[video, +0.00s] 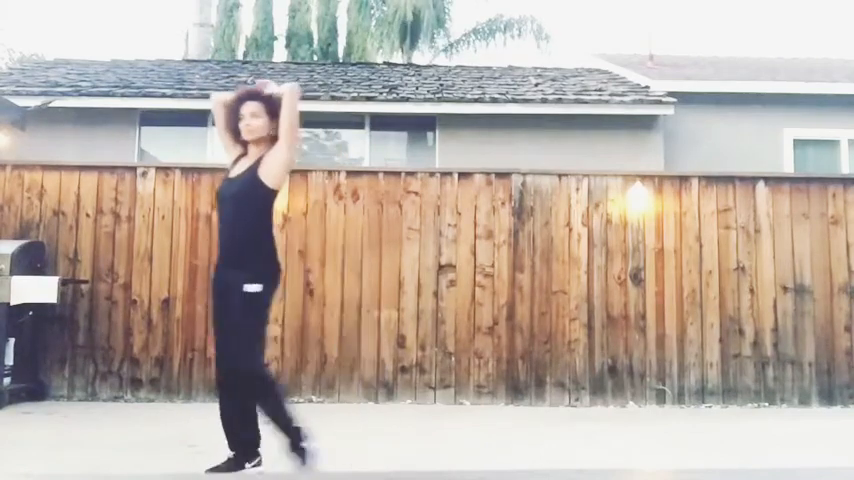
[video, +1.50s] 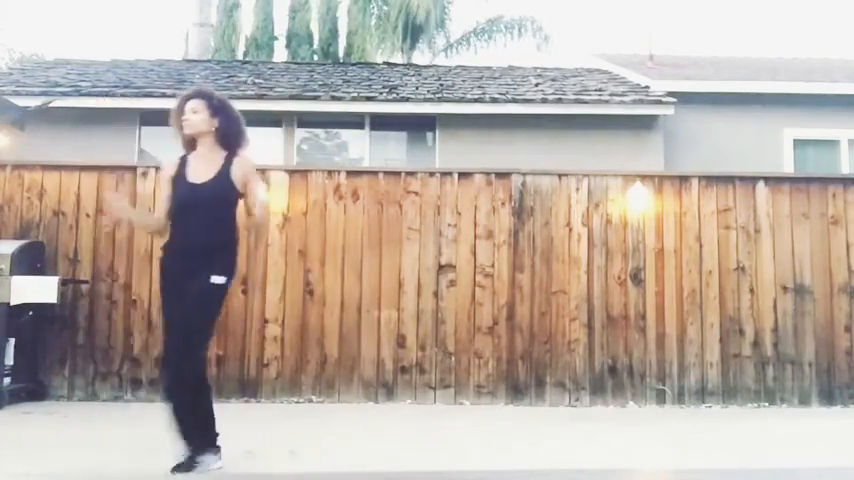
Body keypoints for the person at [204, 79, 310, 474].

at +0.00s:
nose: (248, 122)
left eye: (255, 115)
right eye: (242, 116)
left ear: (272, 122)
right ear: (237, 124)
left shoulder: (278, 156)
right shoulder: (239, 158)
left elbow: (293, 91)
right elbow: (217, 102)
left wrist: (274, 92)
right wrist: (251, 94)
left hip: (255, 272)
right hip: (227, 272)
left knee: (245, 363)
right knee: (228, 365)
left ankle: (296, 438)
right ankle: (244, 451)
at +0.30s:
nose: (196, 122)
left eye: (205, 115)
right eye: (194, 117)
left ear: (224, 123)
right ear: (192, 125)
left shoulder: (233, 160)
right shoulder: (192, 157)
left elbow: (256, 93)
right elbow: (157, 111)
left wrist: (241, 106)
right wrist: (196, 102)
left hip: (208, 282)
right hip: (187, 280)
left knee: (156, 368)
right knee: (208, 369)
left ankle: (108, 455)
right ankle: (243, 447)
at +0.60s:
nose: (148, 114)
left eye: (157, 107)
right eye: (146, 108)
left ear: (179, 118)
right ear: (143, 117)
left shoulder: (183, 161)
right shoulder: (136, 153)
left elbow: (225, 107)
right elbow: (82, 111)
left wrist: (194, 116)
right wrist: (125, 95)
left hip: (149, 266)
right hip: (122, 265)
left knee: (123, 360)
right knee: (124, 360)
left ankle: (91, 458)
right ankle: (193, 430)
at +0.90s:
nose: (126, 117)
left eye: (136, 111)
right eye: (124, 112)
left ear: (158, 119)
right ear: (120, 120)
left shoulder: (162, 167)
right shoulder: (110, 155)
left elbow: (211, 136)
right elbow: (51, 137)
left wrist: (184, 138)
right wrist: (85, 103)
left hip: (132, 265)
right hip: (100, 265)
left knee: (112, 365)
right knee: (93, 369)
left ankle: (89, 459)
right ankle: (171, 432)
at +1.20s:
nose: (148, 118)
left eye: (157, 112)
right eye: (146, 113)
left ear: (178, 118)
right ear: (143, 120)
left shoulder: (192, 164)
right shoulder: (134, 160)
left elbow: (231, 182)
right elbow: (90, 188)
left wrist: (219, 160)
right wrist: (90, 139)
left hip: (167, 266)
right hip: (133, 264)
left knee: (135, 359)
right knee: (133, 360)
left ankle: (90, 456)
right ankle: (187, 434)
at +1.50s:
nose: (188, 118)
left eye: (196, 112)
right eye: (185, 114)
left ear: (217, 118)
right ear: (182, 122)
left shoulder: (238, 163)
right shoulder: (175, 165)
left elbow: (259, 222)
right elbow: (158, 223)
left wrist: (260, 203)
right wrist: (126, 212)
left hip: (215, 264)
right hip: (175, 262)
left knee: (186, 353)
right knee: (177, 355)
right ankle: (198, 447)